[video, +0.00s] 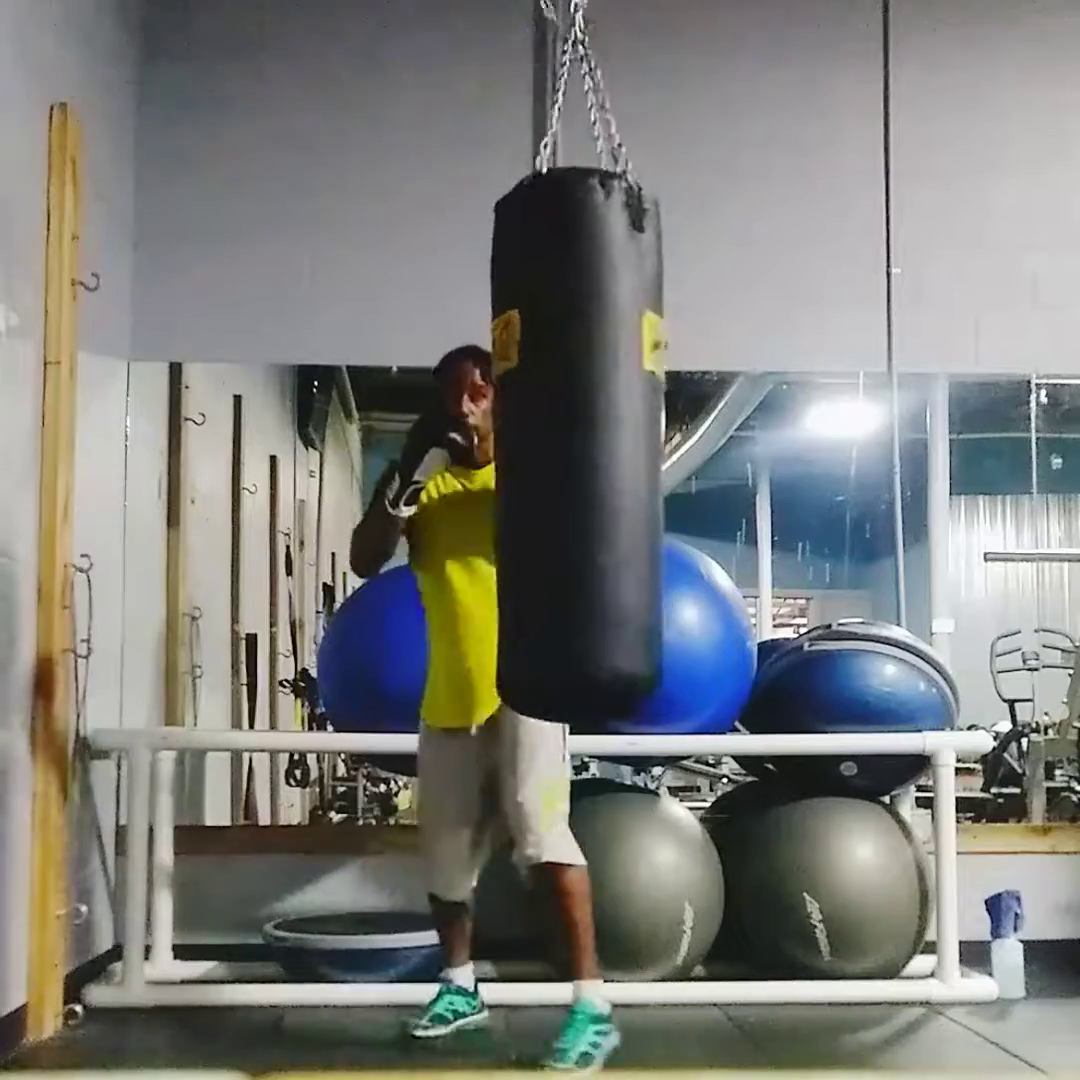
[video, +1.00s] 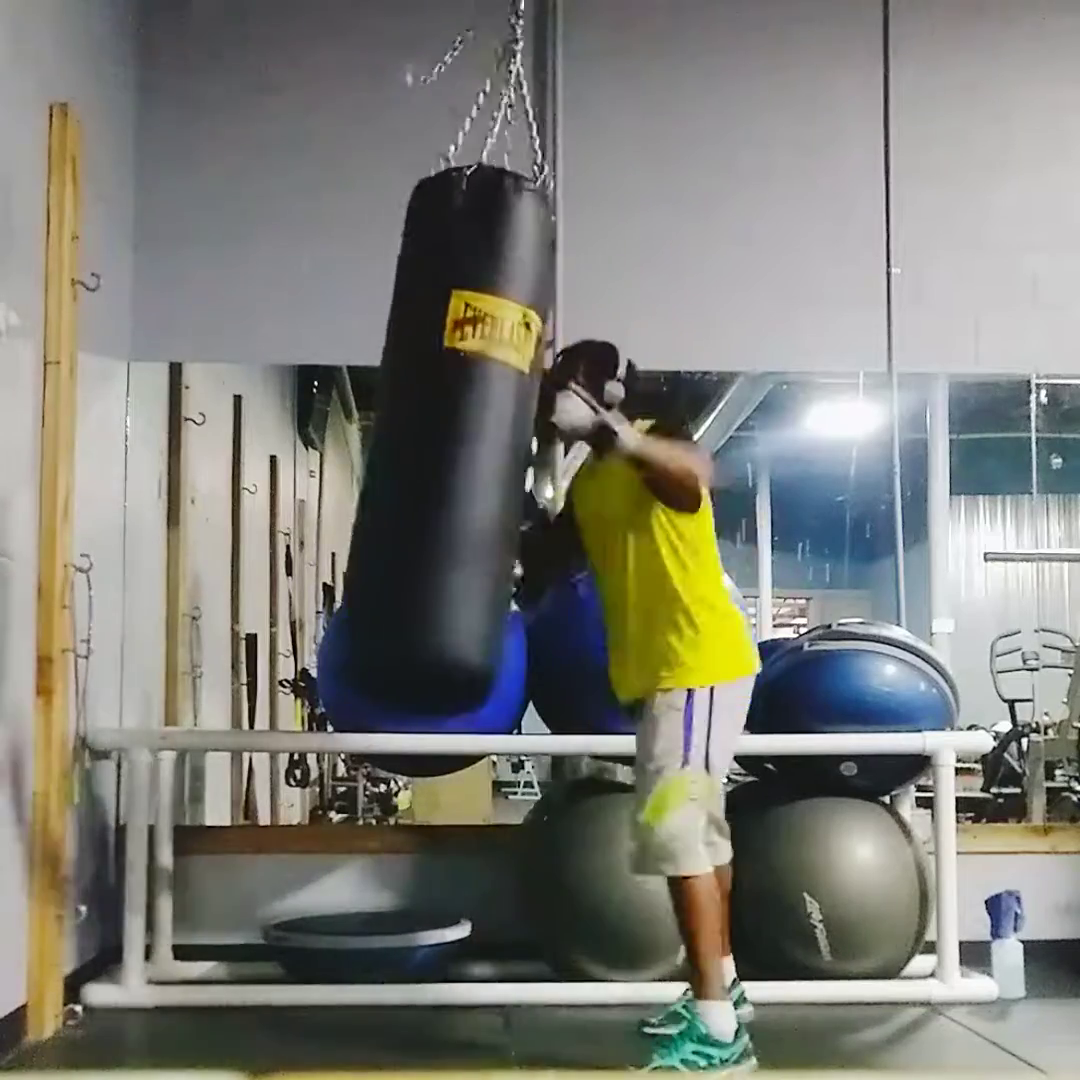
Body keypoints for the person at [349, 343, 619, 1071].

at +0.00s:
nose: (465, 404)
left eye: (479, 391)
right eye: (455, 393)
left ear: (505, 400)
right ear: (439, 403)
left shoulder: (534, 472)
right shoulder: (423, 482)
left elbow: (577, 504)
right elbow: (365, 559)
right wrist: (406, 471)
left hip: (528, 682)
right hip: (452, 687)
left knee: (545, 836)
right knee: (445, 851)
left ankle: (590, 1003)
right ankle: (460, 991)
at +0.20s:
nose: (490, 413)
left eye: (498, 397)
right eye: (483, 401)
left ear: (531, 404)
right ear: (472, 417)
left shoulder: (578, 459)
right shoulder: (465, 477)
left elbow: (651, 478)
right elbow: (399, 554)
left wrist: (597, 399)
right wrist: (422, 470)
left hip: (575, 689)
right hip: (492, 689)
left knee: (598, 849)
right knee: (500, 849)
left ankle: (615, 1012)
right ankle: (517, 984)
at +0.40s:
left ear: (570, 401)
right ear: (499, 410)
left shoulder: (601, 460)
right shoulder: (491, 469)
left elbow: (675, 554)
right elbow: (420, 564)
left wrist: (623, 508)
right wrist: (438, 516)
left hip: (608, 666)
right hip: (537, 669)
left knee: (602, 830)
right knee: (554, 837)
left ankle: (633, 1010)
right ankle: (584, 987)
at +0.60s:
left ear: (583, 419)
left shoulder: (622, 465)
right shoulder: (547, 475)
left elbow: (650, 446)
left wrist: (592, 415)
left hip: (642, 666)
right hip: (585, 673)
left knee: (657, 840)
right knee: (607, 841)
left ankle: (679, 1017)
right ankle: (609, 989)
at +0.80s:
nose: (562, 406)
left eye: (575, 392)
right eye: (556, 395)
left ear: (609, 395)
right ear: (549, 403)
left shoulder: (660, 459)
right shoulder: (549, 479)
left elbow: (718, 533)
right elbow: (517, 562)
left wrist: (639, 490)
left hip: (679, 668)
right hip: (619, 677)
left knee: (645, 823)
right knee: (653, 827)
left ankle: (679, 1012)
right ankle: (717, 983)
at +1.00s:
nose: (553, 412)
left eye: (562, 396)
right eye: (551, 398)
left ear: (599, 391)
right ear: (578, 400)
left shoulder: (657, 449)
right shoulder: (587, 485)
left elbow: (695, 482)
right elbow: (537, 569)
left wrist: (613, 432)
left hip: (700, 666)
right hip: (662, 672)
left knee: (677, 831)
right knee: (696, 834)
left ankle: (715, 1019)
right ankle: (717, 995)